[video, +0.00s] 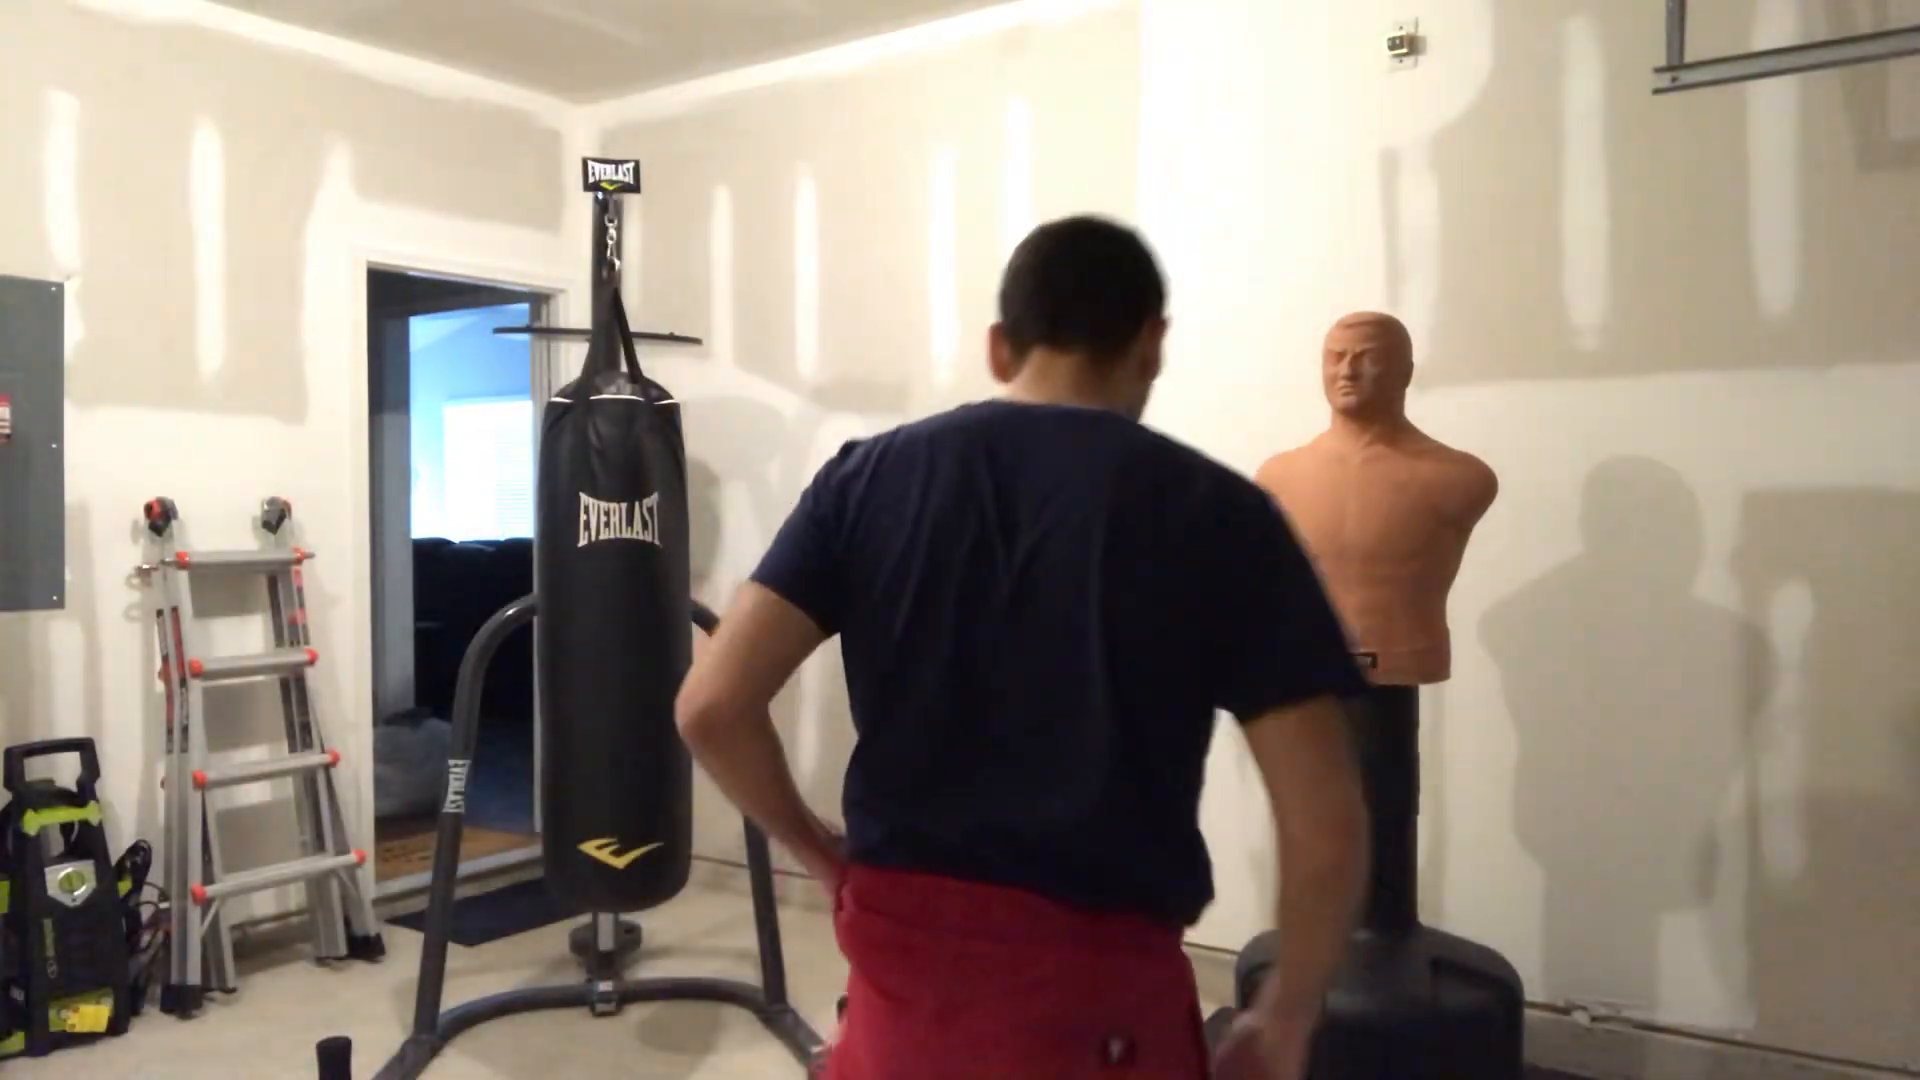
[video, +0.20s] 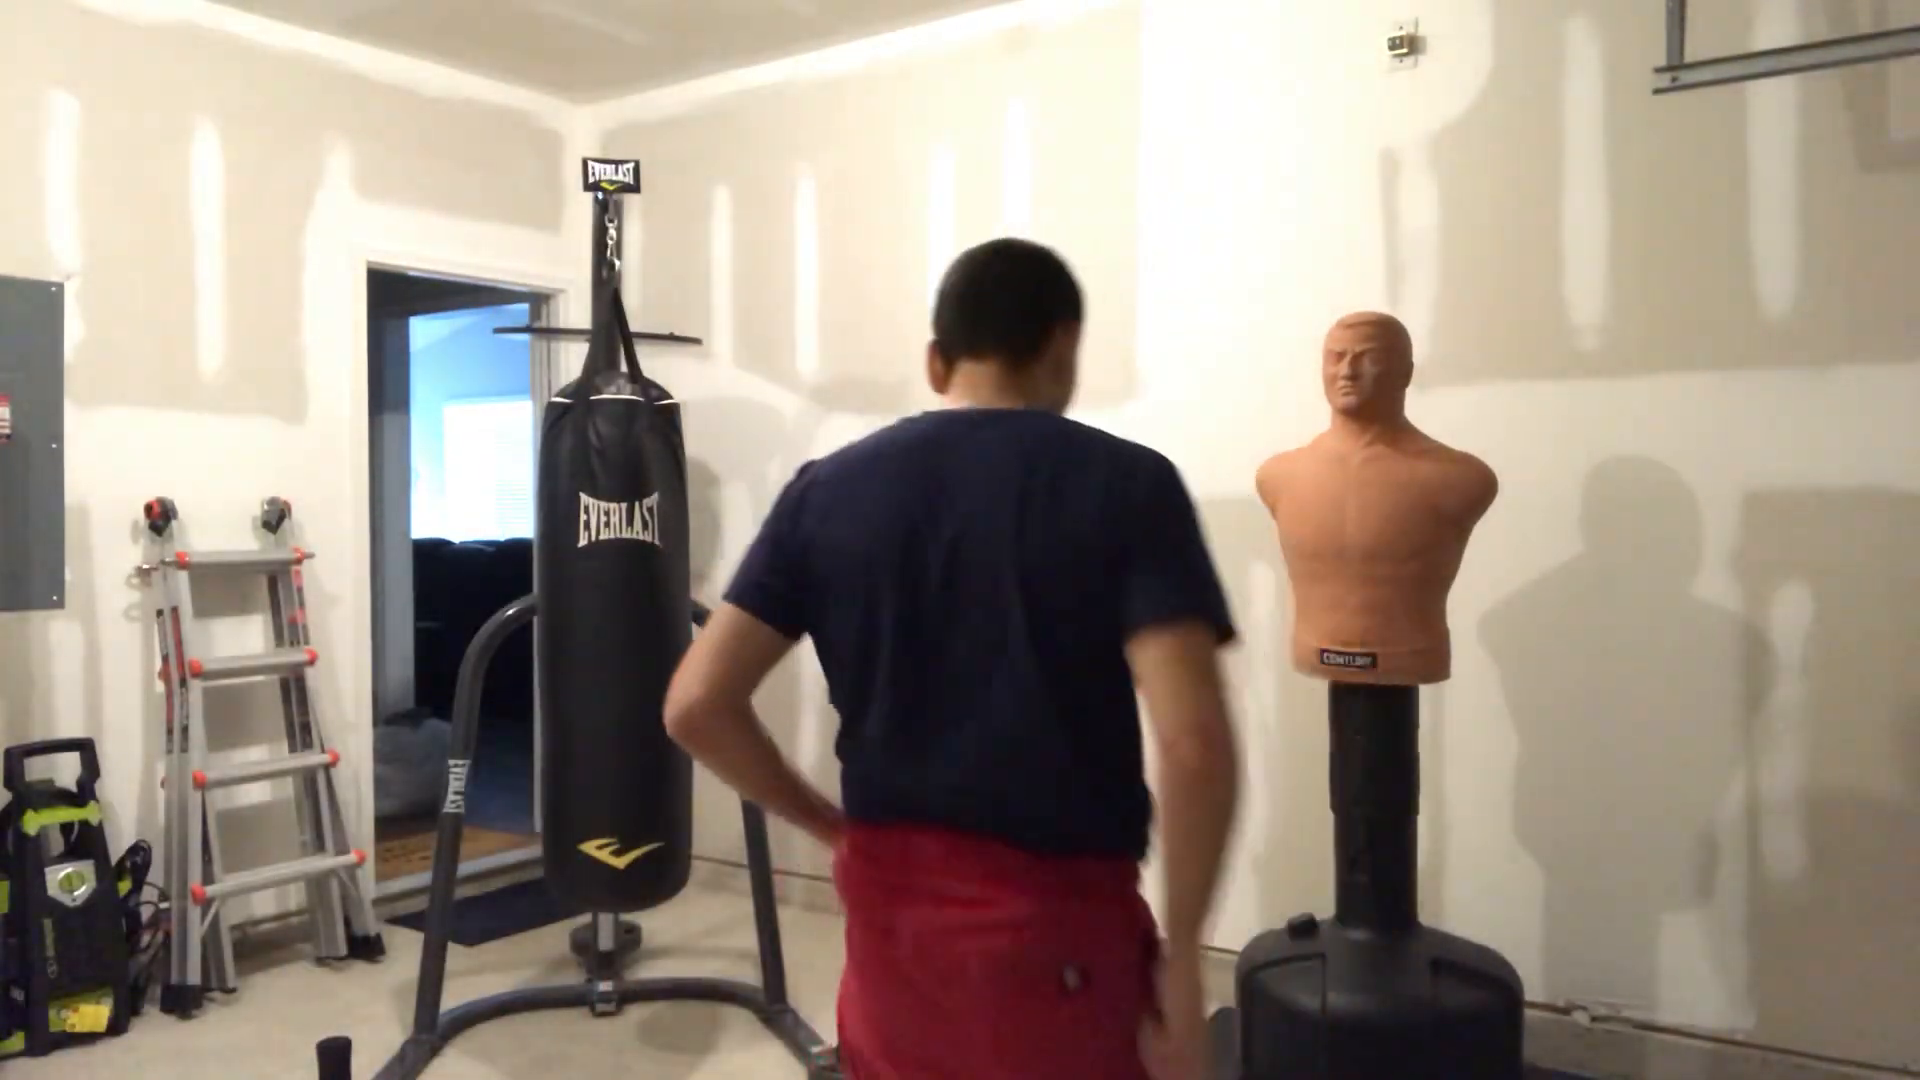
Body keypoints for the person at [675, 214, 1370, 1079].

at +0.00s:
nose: (1151, 367)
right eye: (1160, 350)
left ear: (995, 352)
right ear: (1154, 346)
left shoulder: (873, 478)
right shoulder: (1215, 511)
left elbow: (711, 708)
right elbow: (1327, 827)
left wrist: (822, 851)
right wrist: (1286, 1018)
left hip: (902, 975)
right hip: (1115, 982)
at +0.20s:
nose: (1073, 373)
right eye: (1075, 353)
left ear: (935, 365)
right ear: (1065, 349)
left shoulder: (832, 487)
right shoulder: (1126, 482)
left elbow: (697, 707)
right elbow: (1194, 744)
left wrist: (831, 827)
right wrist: (1184, 956)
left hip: (890, 930)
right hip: (1062, 934)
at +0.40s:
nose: (1053, 383)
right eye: (1054, 363)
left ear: (924, 369)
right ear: (1040, 352)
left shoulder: (830, 481)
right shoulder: (1070, 460)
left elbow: (702, 679)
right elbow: (1110, 655)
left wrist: (834, 785)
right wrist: (1140, 834)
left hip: (879, 870)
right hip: (1030, 876)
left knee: (885, 1062)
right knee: (1091, 1060)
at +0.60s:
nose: (1095, 395)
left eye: (1096, 373)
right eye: (1094, 371)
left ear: (978, 362)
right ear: (1071, 359)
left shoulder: (879, 481)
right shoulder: (1076, 462)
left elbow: (757, 664)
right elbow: (1066, 614)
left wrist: (872, 766)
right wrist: (1135, 774)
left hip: (898, 860)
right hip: (1032, 869)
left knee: (909, 1067)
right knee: (1132, 1065)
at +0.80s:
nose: (1168, 410)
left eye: (1173, 389)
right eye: (1171, 388)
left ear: (1057, 367)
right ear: (1152, 380)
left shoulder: (938, 472)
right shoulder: (1145, 498)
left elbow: (795, 616)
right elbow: (1132, 678)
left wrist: (900, 725)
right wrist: (1169, 798)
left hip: (936, 847)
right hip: (1063, 866)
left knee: (931, 1055)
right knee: (1112, 1067)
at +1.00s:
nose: (1204, 411)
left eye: (1212, 392)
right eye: (1209, 389)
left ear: (1097, 363)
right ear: (1186, 378)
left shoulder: (979, 461)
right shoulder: (1175, 488)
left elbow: (837, 602)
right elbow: (1157, 666)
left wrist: (935, 710)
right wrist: (1189, 789)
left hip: (966, 801)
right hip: (1082, 839)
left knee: (962, 935)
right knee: (1100, 1063)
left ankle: (921, 1073)